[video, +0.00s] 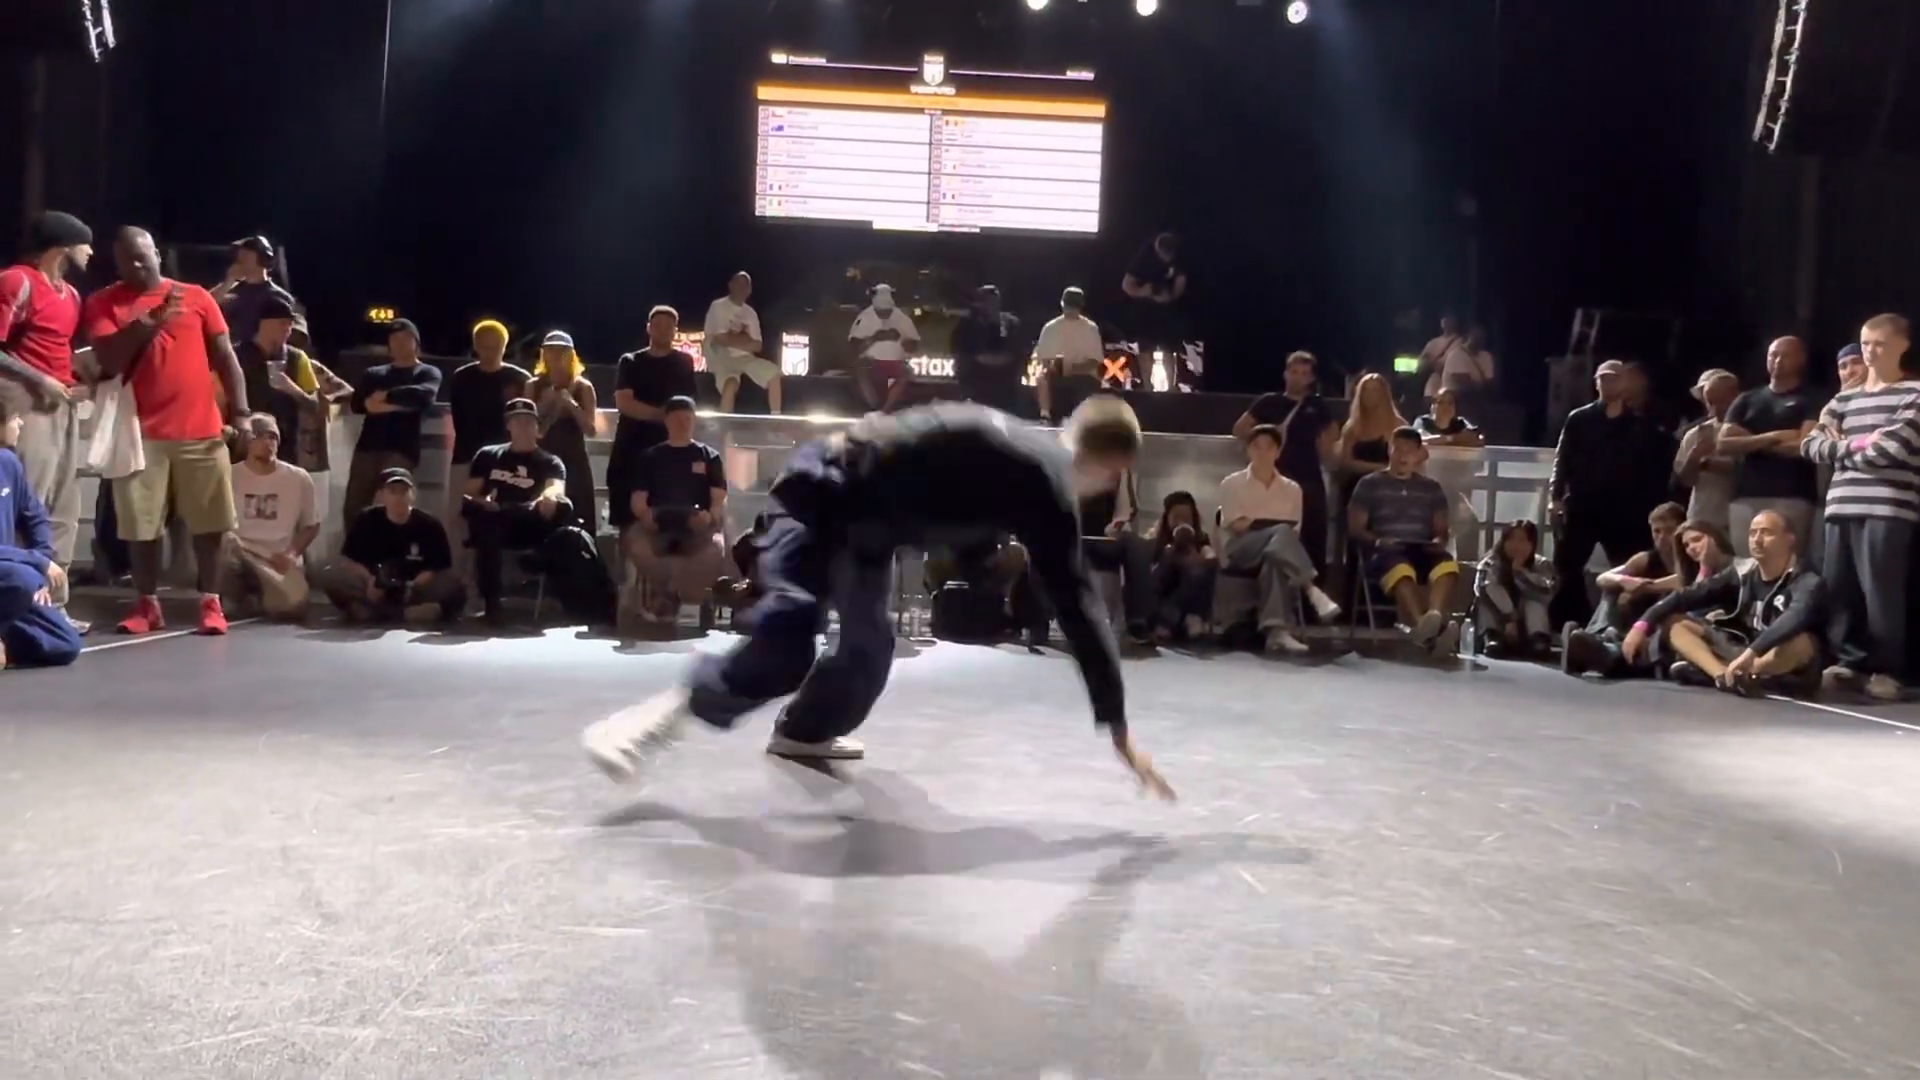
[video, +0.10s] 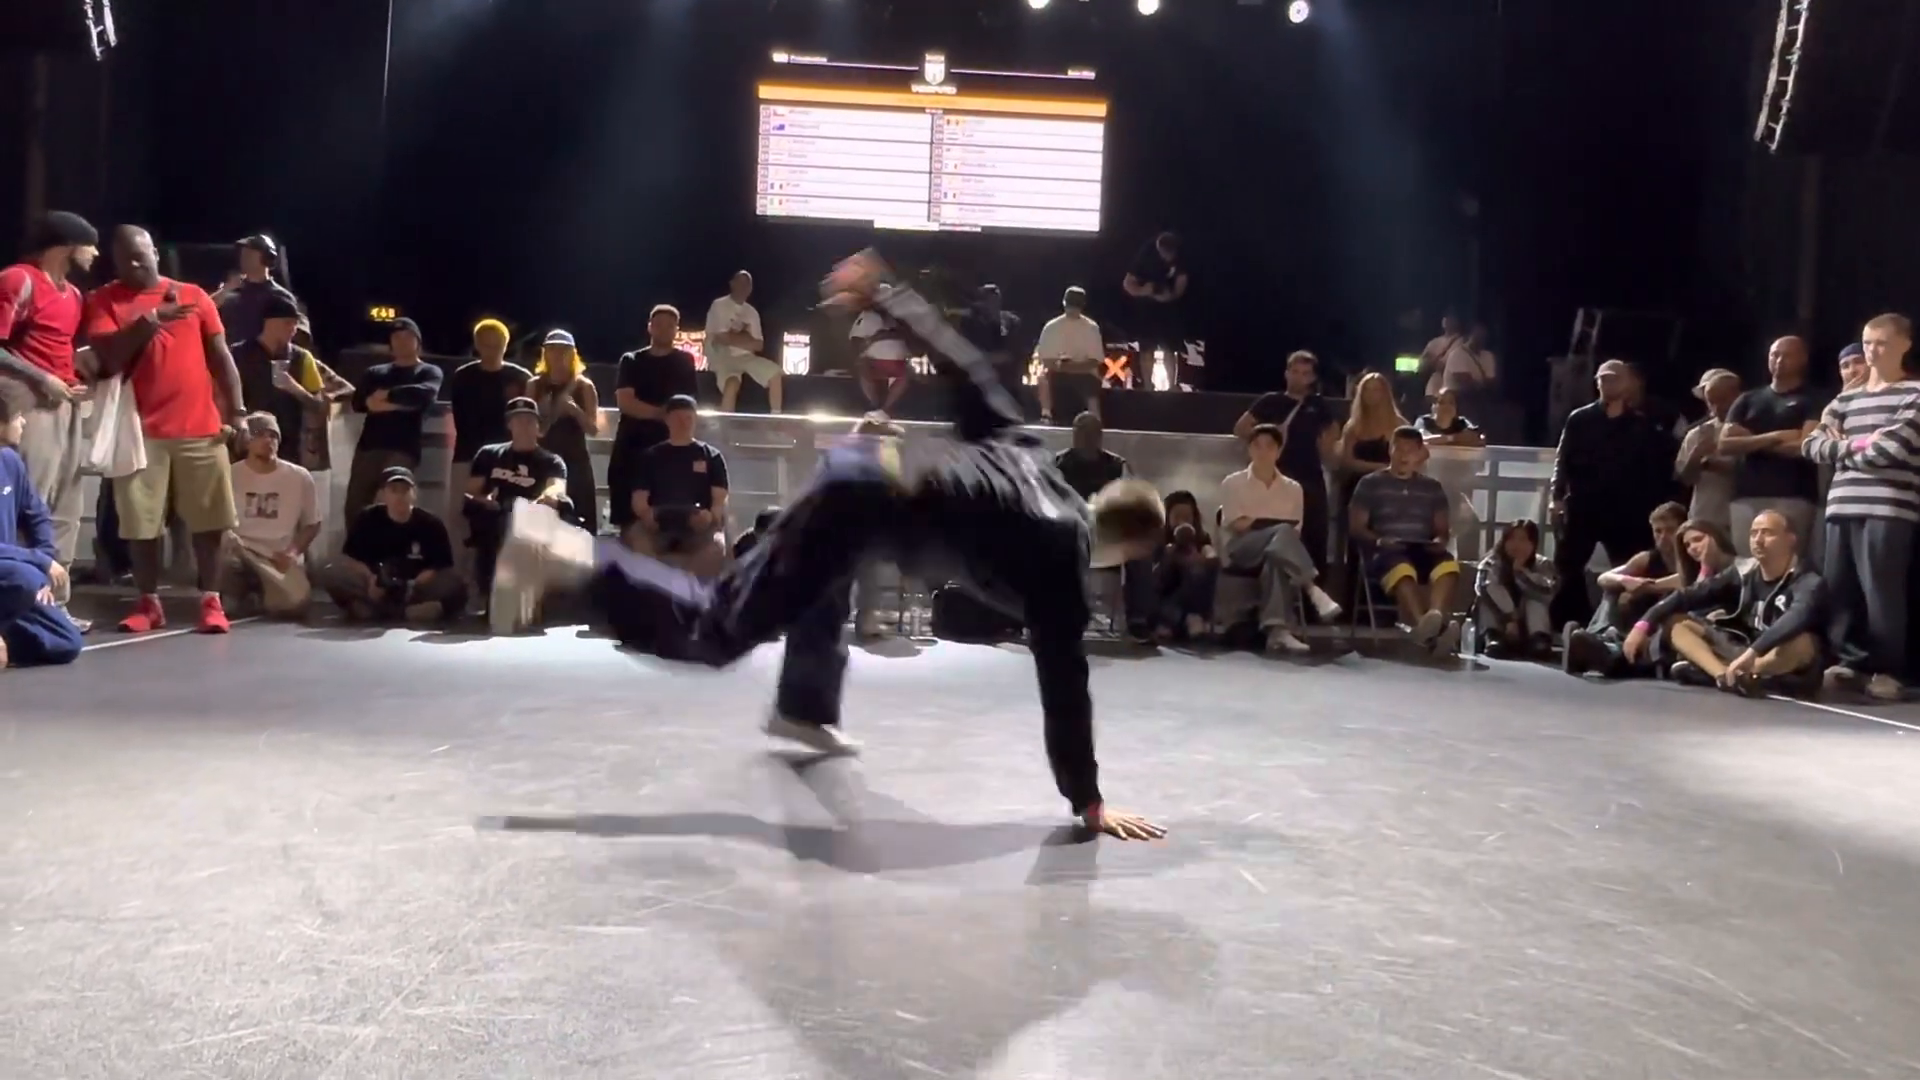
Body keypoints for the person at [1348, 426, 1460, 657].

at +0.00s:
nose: (1402, 456)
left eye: (1409, 451)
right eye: (1398, 450)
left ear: (1421, 456)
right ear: (1390, 452)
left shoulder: (1432, 488)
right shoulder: (1369, 484)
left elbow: (1441, 531)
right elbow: (1355, 528)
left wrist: (1437, 543)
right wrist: (1379, 542)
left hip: (1422, 546)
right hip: (1389, 544)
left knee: (1448, 567)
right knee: (1402, 573)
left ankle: (1433, 622)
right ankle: (1425, 632)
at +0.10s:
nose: (1403, 455)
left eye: (1410, 450)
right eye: (1399, 449)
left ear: (1423, 455)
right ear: (1391, 451)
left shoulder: (1432, 487)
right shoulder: (1370, 484)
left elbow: (1442, 530)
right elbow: (1356, 527)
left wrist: (1438, 542)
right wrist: (1380, 541)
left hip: (1423, 545)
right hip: (1389, 544)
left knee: (1448, 566)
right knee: (1403, 573)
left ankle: (1433, 623)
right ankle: (1427, 632)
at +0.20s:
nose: (1404, 455)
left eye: (1411, 450)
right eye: (1400, 449)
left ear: (1424, 455)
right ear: (1392, 451)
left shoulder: (1434, 487)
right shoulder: (1371, 483)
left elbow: (1443, 530)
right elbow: (1357, 527)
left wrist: (1440, 542)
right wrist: (1380, 541)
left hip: (1425, 545)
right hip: (1391, 544)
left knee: (1450, 566)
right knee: (1404, 573)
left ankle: (1434, 621)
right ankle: (1429, 634)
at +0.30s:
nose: (1406, 455)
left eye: (1413, 450)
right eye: (1401, 449)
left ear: (1423, 455)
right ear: (1392, 451)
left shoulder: (1435, 486)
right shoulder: (1372, 482)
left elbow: (1444, 530)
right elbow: (1359, 526)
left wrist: (1441, 542)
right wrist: (1382, 540)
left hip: (1426, 545)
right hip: (1392, 543)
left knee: (1451, 566)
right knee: (1406, 573)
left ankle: (1435, 622)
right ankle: (1431, 634)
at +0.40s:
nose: (1407, 455)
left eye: (1414, 450)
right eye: (1402, 449)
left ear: (1424, 455)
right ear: (1394, 451)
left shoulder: (1436, 486)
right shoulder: (1374, 482)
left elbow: (1446, 529)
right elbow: (1360, 524)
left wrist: (1443, 541)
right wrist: (1383, 540)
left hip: (1428, 544)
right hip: (1394, 543)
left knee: (1453, 567)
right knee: (1407, 573)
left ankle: (1434, 623)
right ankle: (1432, 635)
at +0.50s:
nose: (1409, 454)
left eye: (1415, 449)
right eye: (1404, 448)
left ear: (1426, 455)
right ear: (1395, 450)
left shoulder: (1437, 485)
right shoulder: (1375, 481)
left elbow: (1447, 529)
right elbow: (1361, 523)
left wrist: (1444, 541)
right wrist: (1384, 539)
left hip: (1429, 544)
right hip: (1395, 542)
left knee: (1453, 566)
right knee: (1408, 573)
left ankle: (1435, 622)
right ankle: (1431, 633)